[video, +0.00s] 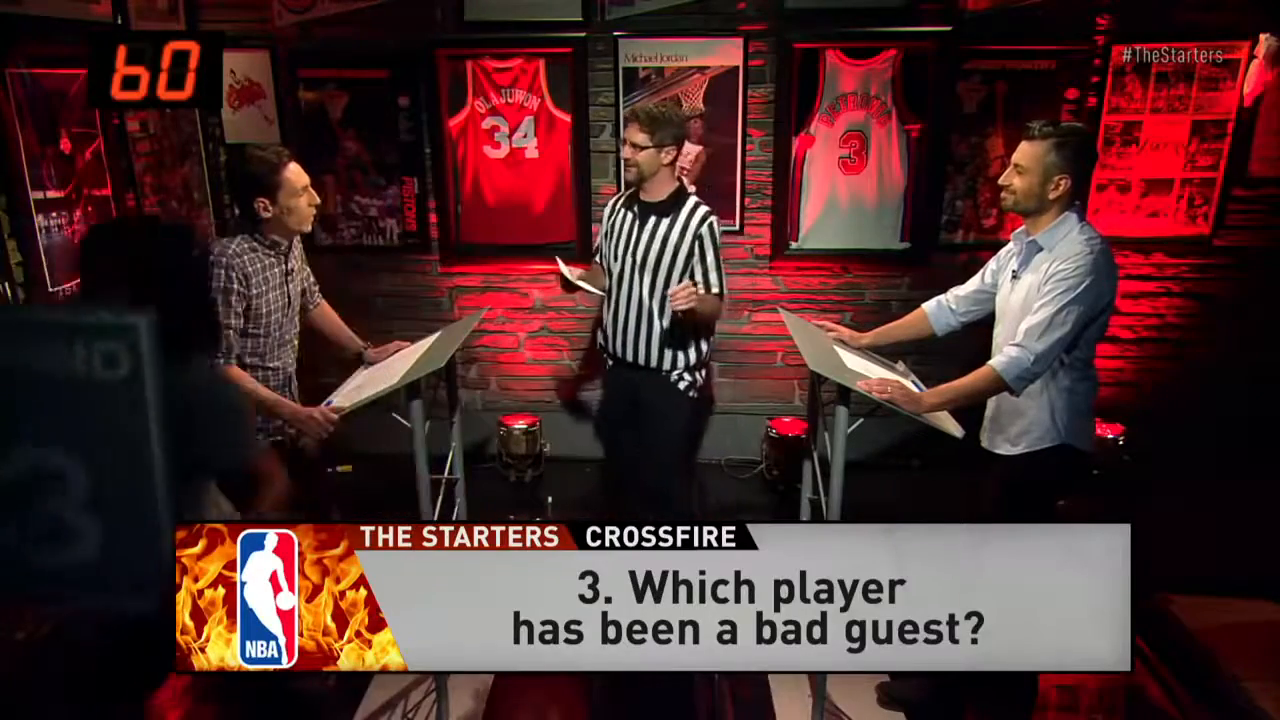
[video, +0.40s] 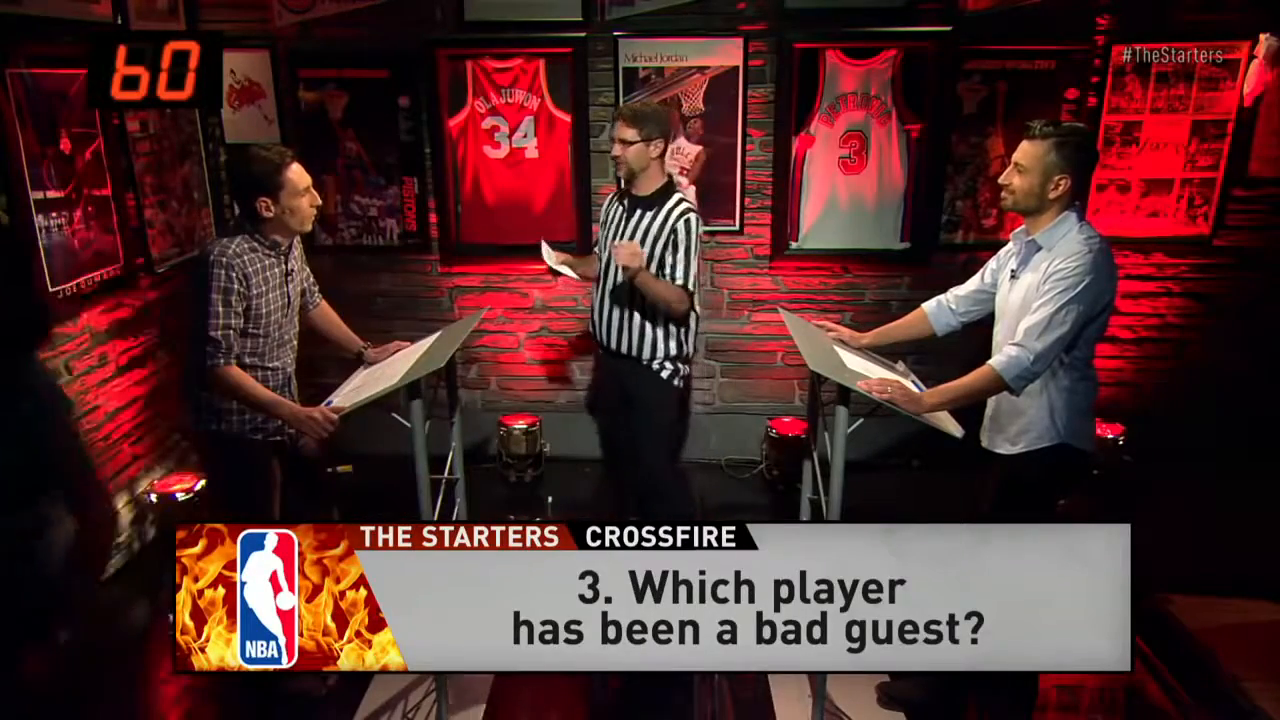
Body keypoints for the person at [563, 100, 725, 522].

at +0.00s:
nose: (625, 154)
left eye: (637, 146)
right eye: (625, 144)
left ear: (669, 154)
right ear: (623, 146)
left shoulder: (698, 220)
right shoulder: (617, 208)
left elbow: (713, 310)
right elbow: (607, 276)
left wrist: (696, 302)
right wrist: (582, 277)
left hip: (674, 383)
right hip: (620, 374)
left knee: (665, 492)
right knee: (619, 487)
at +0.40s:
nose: (617, 153)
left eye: (628, 144)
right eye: (614, 143)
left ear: (661, 148)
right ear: (617, 146)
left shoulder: (681, 215)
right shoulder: (615, 201)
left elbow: (682, 303)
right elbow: (615, 275)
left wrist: (640, 274)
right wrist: (577, 266)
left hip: (657, 375)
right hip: (613, 365)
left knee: (658, 488)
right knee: (619, 483)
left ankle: (676, 572)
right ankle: (631, 568)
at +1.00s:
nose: (599, 162)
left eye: (607, 152)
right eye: (596, 152)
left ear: (637, 148)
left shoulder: (670, 210)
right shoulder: (611, 203)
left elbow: (654, 290)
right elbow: (604, 268)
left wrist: (601, 252)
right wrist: (567, 260)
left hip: (650, 364)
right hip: (609, 355)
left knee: (651, 468)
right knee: (615, 463)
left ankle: (663, 543)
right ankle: (615, 535)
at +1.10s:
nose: (597, 161)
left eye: (605, 151)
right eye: (595, 152)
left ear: (635, 148)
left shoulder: (670, 209)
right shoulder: (609, 202)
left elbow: (657, 290)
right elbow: (603, 269)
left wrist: (603, 254)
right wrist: (568, 261)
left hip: (650, 364)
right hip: (607, 355)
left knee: (651, 469)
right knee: (615, 464)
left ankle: (662, 544)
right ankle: (615, 538)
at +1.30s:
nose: (595, 161)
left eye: (603, 151)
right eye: (593, 152)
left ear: (633, 148)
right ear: (621, 150)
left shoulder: (670, 209)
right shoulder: (609, 202)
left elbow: (662, 292)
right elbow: (598, 271)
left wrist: (612, 248)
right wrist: (562, 262)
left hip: (651, 365)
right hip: (608, 357)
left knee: (650, 469)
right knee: (615, 466)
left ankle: (662, 545)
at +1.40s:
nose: (597, 161)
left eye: (604, 151)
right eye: (594, 151)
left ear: (635, 147)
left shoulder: (671, 209)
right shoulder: (606, 204)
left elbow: (664, 291)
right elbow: (599, 270)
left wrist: (613, 250)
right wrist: (563, 264)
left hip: (651, 366)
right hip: (607, 359)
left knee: (652, 472)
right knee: (613, 467)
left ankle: (661, 547)